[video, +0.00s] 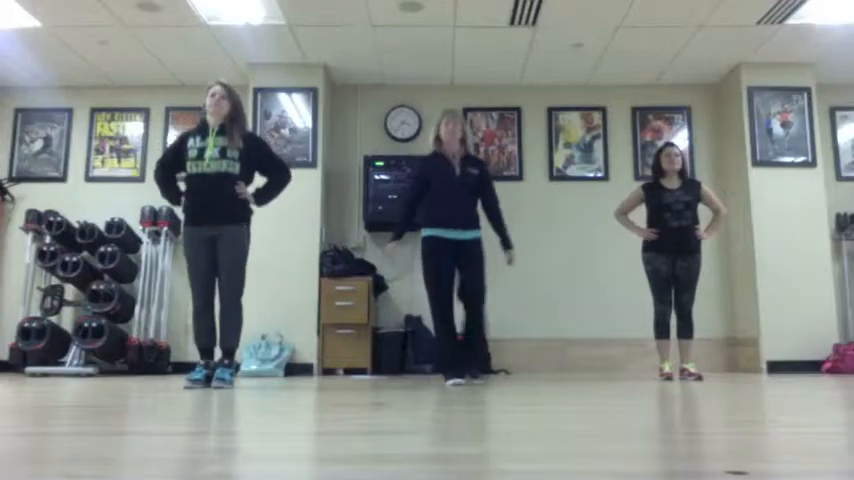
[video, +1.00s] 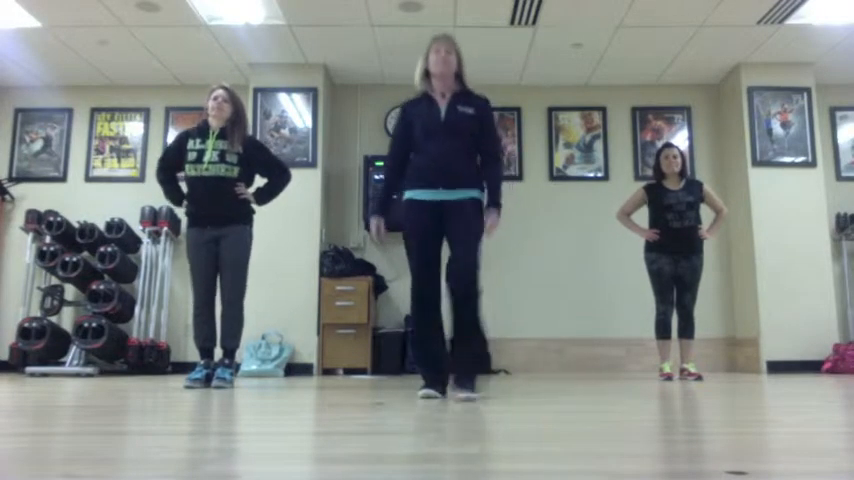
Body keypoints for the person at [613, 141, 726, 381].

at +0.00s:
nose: (673, 159)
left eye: (676, 155)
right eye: (667, 156)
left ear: (682, 160)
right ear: (659, 161)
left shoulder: (694, 187)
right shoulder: (649, 189)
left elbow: (721, 210)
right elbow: (620, 213)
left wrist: (707, 233)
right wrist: (640, 231)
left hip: (688, 253)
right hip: (658, 253)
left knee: (684, 308)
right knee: (663, 308)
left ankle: (686, 363)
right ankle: (665, 363)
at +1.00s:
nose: (672, 161)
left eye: (675, 157)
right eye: (666, 158)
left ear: (682, 160)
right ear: (659, 163)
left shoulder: (696, 187)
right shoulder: (651, 190)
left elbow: (721, 210)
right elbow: (622, 214)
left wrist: (709, 232)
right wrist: (643, 232)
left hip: (690, 253)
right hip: (660, 254)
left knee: (686, 309)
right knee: (664, 308)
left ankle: (687, 363)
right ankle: (665, 363)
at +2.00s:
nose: (660, 163)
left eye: (663, 158)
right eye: (655, 159)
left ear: (670, 162)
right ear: (648, 164)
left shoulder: (682, 189)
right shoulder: (638, 189)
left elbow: (706, 213)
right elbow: (607, 211)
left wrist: (693, 234)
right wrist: (627, 232)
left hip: (676, 253)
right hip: (645, 254)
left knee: (678, 307)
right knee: (649, 308)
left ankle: (685, 364)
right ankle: (650, 364)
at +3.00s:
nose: (642, 164)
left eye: (646, 160)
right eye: (638, 161)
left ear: (654, 163)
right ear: (631, 166)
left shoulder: (667, 191)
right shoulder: (624, 193)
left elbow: (692, 213)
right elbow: (595, 217)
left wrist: (680, 235)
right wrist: (617, 235)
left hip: (665, 253)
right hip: (636, 255)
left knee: (663, 307)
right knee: (642, 309)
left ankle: (662, 362)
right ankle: (648, 363)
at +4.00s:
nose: (648, 164)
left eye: (651, 160)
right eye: (643, 161)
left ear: (658, 163)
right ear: (636, 167)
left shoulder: (670, 190)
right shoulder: (627, 192)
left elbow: (695, 212)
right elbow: (600, 217)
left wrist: (684, 233)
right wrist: (620, 234)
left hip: (667, 252)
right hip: (639, 253)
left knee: (664, 308)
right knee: (645, 309)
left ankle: (662, 363)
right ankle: (649, 364)